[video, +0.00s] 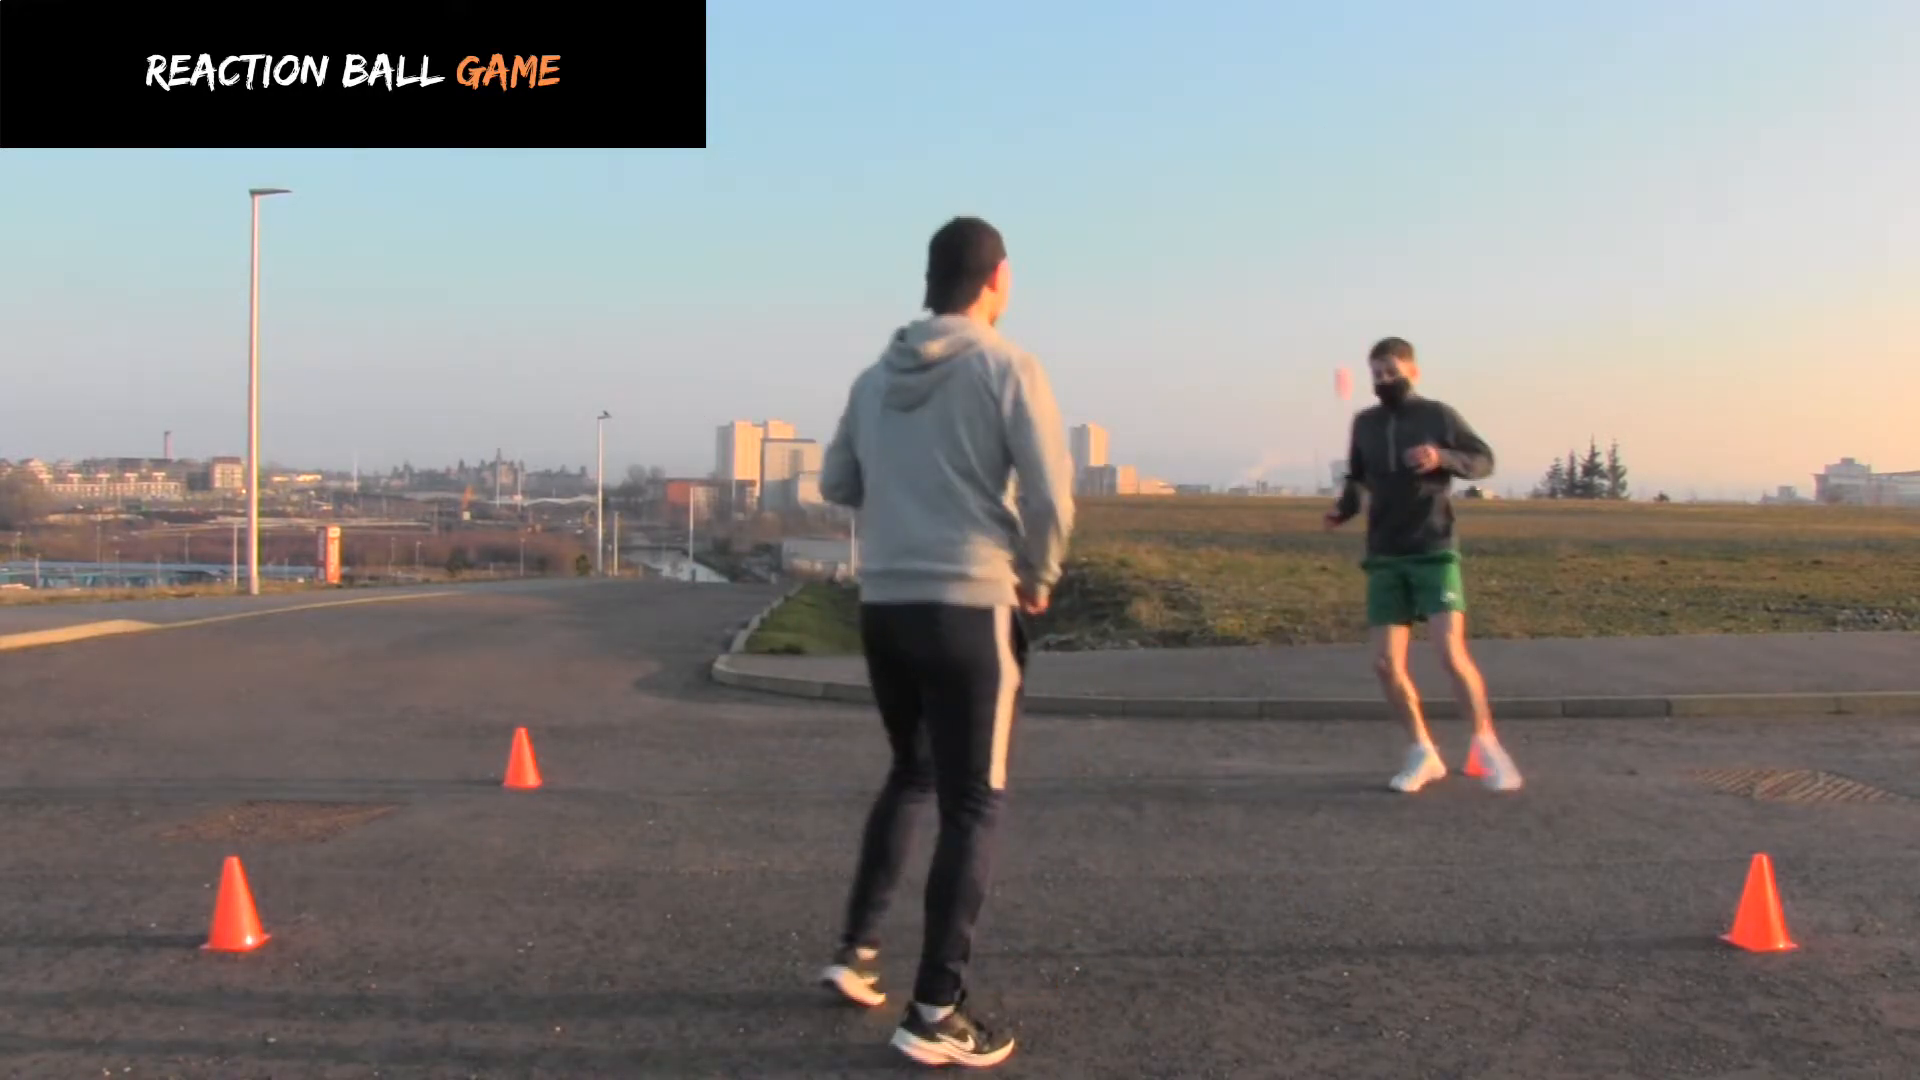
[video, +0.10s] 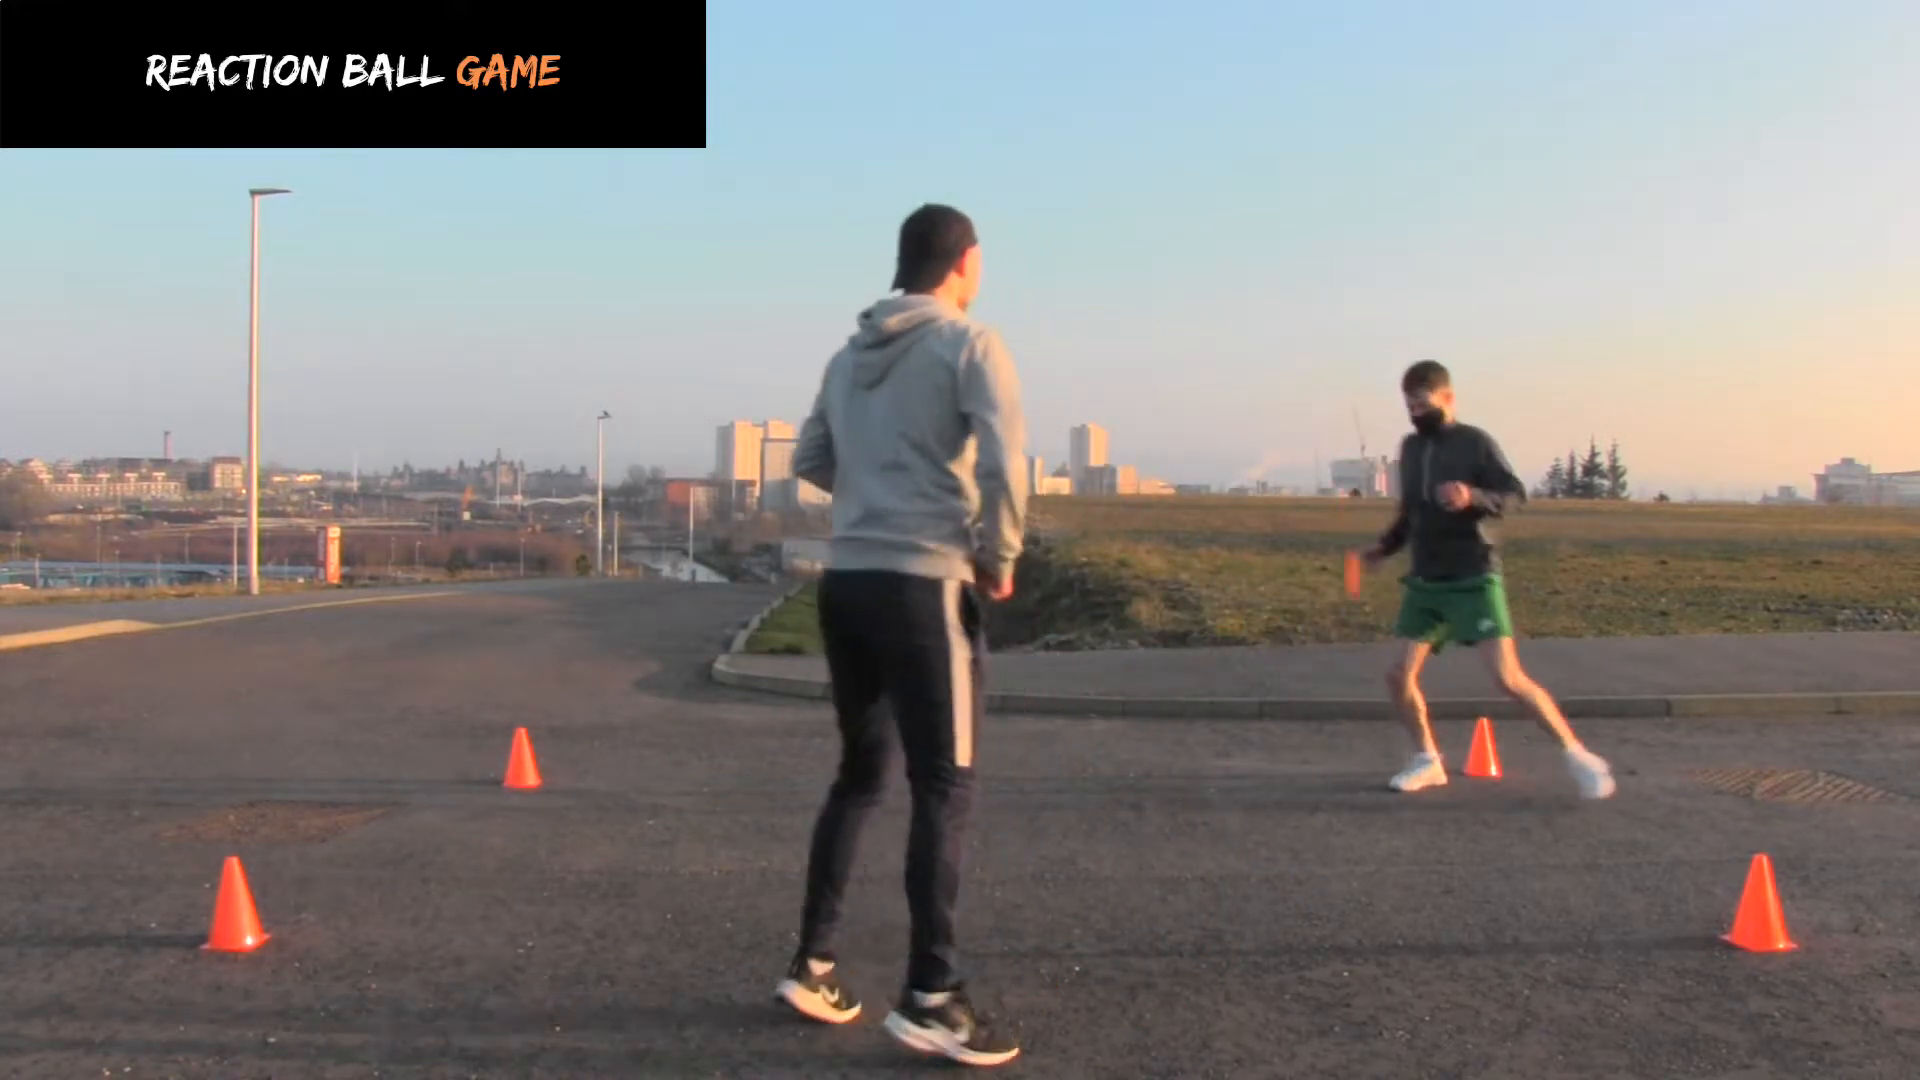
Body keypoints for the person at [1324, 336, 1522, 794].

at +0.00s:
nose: (1383, 376)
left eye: (1390, 367)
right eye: (1377, 369)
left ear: (1412, 368)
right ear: (1371, 374)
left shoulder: (1437, 415)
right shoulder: (1365, 424)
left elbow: (1483, 462)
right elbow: (1356, 479)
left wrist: (1443, 459)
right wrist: (1343, 509)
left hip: (1435, 552)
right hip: (1384, 555)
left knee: (1452, 654)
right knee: (1387, 665)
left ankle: (1485, 744)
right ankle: (1425, 752)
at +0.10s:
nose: (1415, 409)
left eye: (1423, 400)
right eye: (1410, 401)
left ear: (1448, 396)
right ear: (1406, 402)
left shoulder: (1474, 443)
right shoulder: (1412, 449)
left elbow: (1514, 497)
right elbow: (1411, 513)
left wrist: (1473, 497)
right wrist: (1383, 547)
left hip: (1477, 580)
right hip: (1427, 582)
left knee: (1508, 677)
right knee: (1400, 678)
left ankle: (1578, 756)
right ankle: (1429, 760)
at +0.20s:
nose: (1436, 425)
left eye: (1442, 416)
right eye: (1430, 417)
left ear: (1468, 408)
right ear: (1426, 415)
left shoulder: (1501, 451)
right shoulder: (1443, 460)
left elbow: (1532, 516)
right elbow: (1454, 524)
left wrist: (1491, 525)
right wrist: (1419, 562)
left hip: (1511, 589)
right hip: (1462, 587)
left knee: (1543, 687)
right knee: (1418, 672)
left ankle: (1611, 770)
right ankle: (1430, 761)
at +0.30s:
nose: (1454, 433)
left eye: (1459, 423)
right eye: (1448, 425)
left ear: (1486, 412)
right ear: (1446, 420)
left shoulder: (1520, 450)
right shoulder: (1477, 461)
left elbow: (1567, 502)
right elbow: (1498, 527)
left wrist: (1516, 536)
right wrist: (1464, 563)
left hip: (1550, 582)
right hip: (1504, 582)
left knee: (1563, 688)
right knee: (1450, 658)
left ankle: (1618, 773)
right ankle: (1477, 752)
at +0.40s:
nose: (1463, 426)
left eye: (1468, 416)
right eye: (1457, 418)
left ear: (1494, 403)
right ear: (1455, 413)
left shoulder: (1531, 439)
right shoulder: (1487, 451)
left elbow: (1581, 489)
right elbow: (1513, 519)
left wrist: (1534, 534)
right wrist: (1485, 558)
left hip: (1559, 575)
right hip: (1515, 577)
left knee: (1558, 679)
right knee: (1478, 664)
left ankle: (1617, 766)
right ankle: (1538, 733)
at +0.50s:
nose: (1483, 432)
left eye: (1490, 421)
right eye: (1477, 424)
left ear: (1514, 411)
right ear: (1472, 420)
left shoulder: (1543, 452)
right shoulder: (1492, 463)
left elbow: (1590, 504)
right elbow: (1515, 527)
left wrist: (1560, 555)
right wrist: (1500, 571)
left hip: (1570, 575)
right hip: (1531, 580)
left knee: (1540, 670)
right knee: (1522, 682)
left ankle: (1614, 761)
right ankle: (1579, 751)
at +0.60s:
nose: (1493, 445)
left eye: (1501, 436)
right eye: (1488, 436)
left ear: (1526, 429)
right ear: (1482, 433)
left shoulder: (1556, 473)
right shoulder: (1495, 478)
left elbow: (1599, 526)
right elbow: (1513, 534)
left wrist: (1563, 567)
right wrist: (1503, 572)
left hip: (1578, 589)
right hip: (1536, 593)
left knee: (1540, 676)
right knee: (1515, 693)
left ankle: (1595, 774)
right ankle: (1570, 750)